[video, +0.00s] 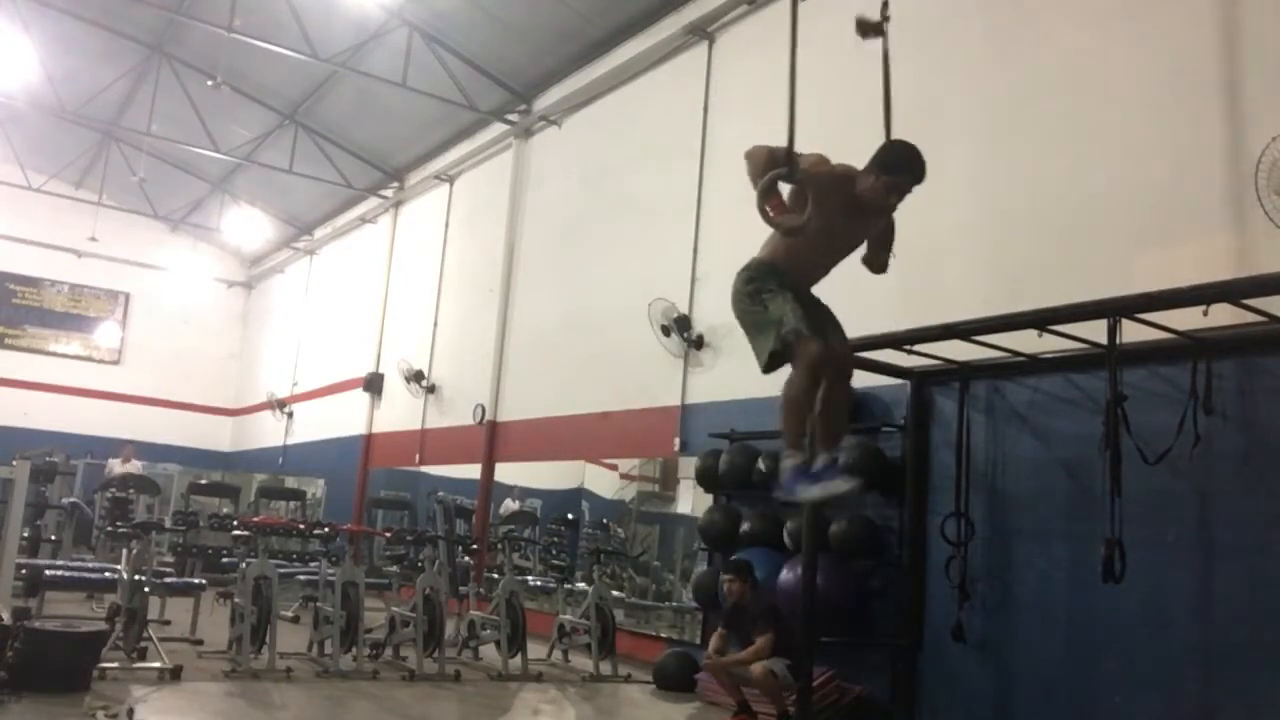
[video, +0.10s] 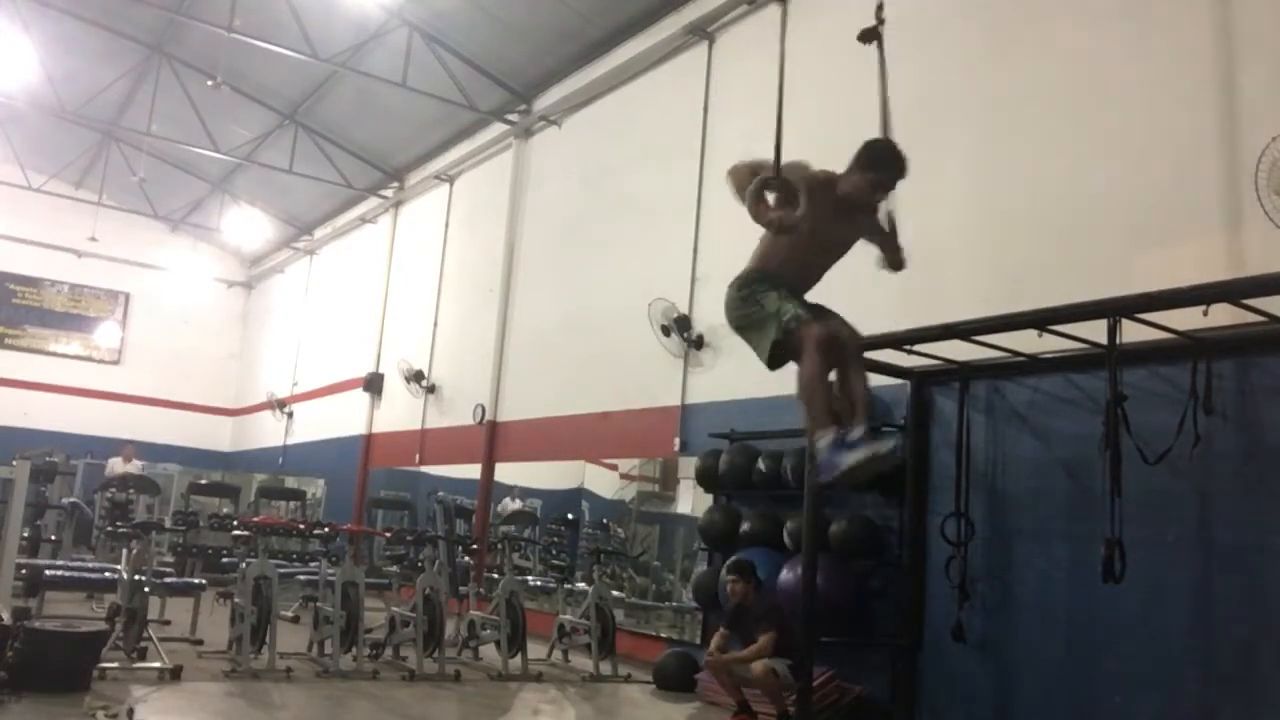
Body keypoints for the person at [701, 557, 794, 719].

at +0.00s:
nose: (726, 588)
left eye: (732, 582)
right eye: (724, 582)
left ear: (746, 583)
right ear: (722, 584)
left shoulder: (762, 607)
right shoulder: (732, 608)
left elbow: (763, 649)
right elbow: (720, 634)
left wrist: (723, 663)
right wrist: (712, 652)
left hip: (785, 659)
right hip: (753, 658)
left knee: (758, 671)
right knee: (715, 663)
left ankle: (782, 713)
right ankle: (744, 709)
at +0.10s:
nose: (730, 588)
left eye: (735, 582)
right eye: (728, 583)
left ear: (750, 582)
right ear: (725, 584)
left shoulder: (766, 605)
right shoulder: (735, 608)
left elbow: (765, 647)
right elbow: (722, 634)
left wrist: (723, 659)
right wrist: (714, 650)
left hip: (786, 662)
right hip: (754, 660)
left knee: (759, 669)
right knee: (714, 662)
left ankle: (782, 713)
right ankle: (744, 708)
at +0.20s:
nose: (732, 583)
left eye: (738, 578)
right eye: (731, 579)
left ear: (753, 580)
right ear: (729, 581)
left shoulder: (768, 604)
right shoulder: (737, 605)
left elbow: (767, 645)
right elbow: (723, 633)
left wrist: (724, 656)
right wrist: (714, 648)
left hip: (785, 661)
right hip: (752, 659)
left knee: (759, 668)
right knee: (715, 660)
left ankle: (782, 713)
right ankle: (743, 708)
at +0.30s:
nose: (733, 582)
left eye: (739, 577)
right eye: (732, 577)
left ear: (755, 580)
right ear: (730, 581)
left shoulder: (768, 604)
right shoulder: (737, 605)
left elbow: (767, 645)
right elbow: (723, 632)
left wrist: (724, 656)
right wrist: (713, 648)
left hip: (786, 662)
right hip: (752, 659)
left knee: (759, 668)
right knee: (715, 660)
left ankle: (782, 713)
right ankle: (744, 708)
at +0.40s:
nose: (734, 584)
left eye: (740, 579)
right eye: (733, 579)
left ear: (755, 581)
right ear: (732, 581)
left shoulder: (768, 605)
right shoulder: (736, 605)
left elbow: (766, 646)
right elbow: (723, 632)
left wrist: (723, 657)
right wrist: (712, 650)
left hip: (785, 662)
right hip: (752, 659)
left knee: (757, 668)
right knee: (714, 660)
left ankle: (782, 713)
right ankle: (744, 708)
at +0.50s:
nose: (733, 586)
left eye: (739, 581)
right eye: (731, 581)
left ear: (754, 582)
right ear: (730, 582)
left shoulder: (768, 606)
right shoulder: (736, 607)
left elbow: (766, 647)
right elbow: (723, 632)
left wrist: (722, 657)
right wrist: (711, 650)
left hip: (784, 663)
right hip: (752, 660)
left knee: (757, 668)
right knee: (713, 661)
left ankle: (781, 713)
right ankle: (744, 708)